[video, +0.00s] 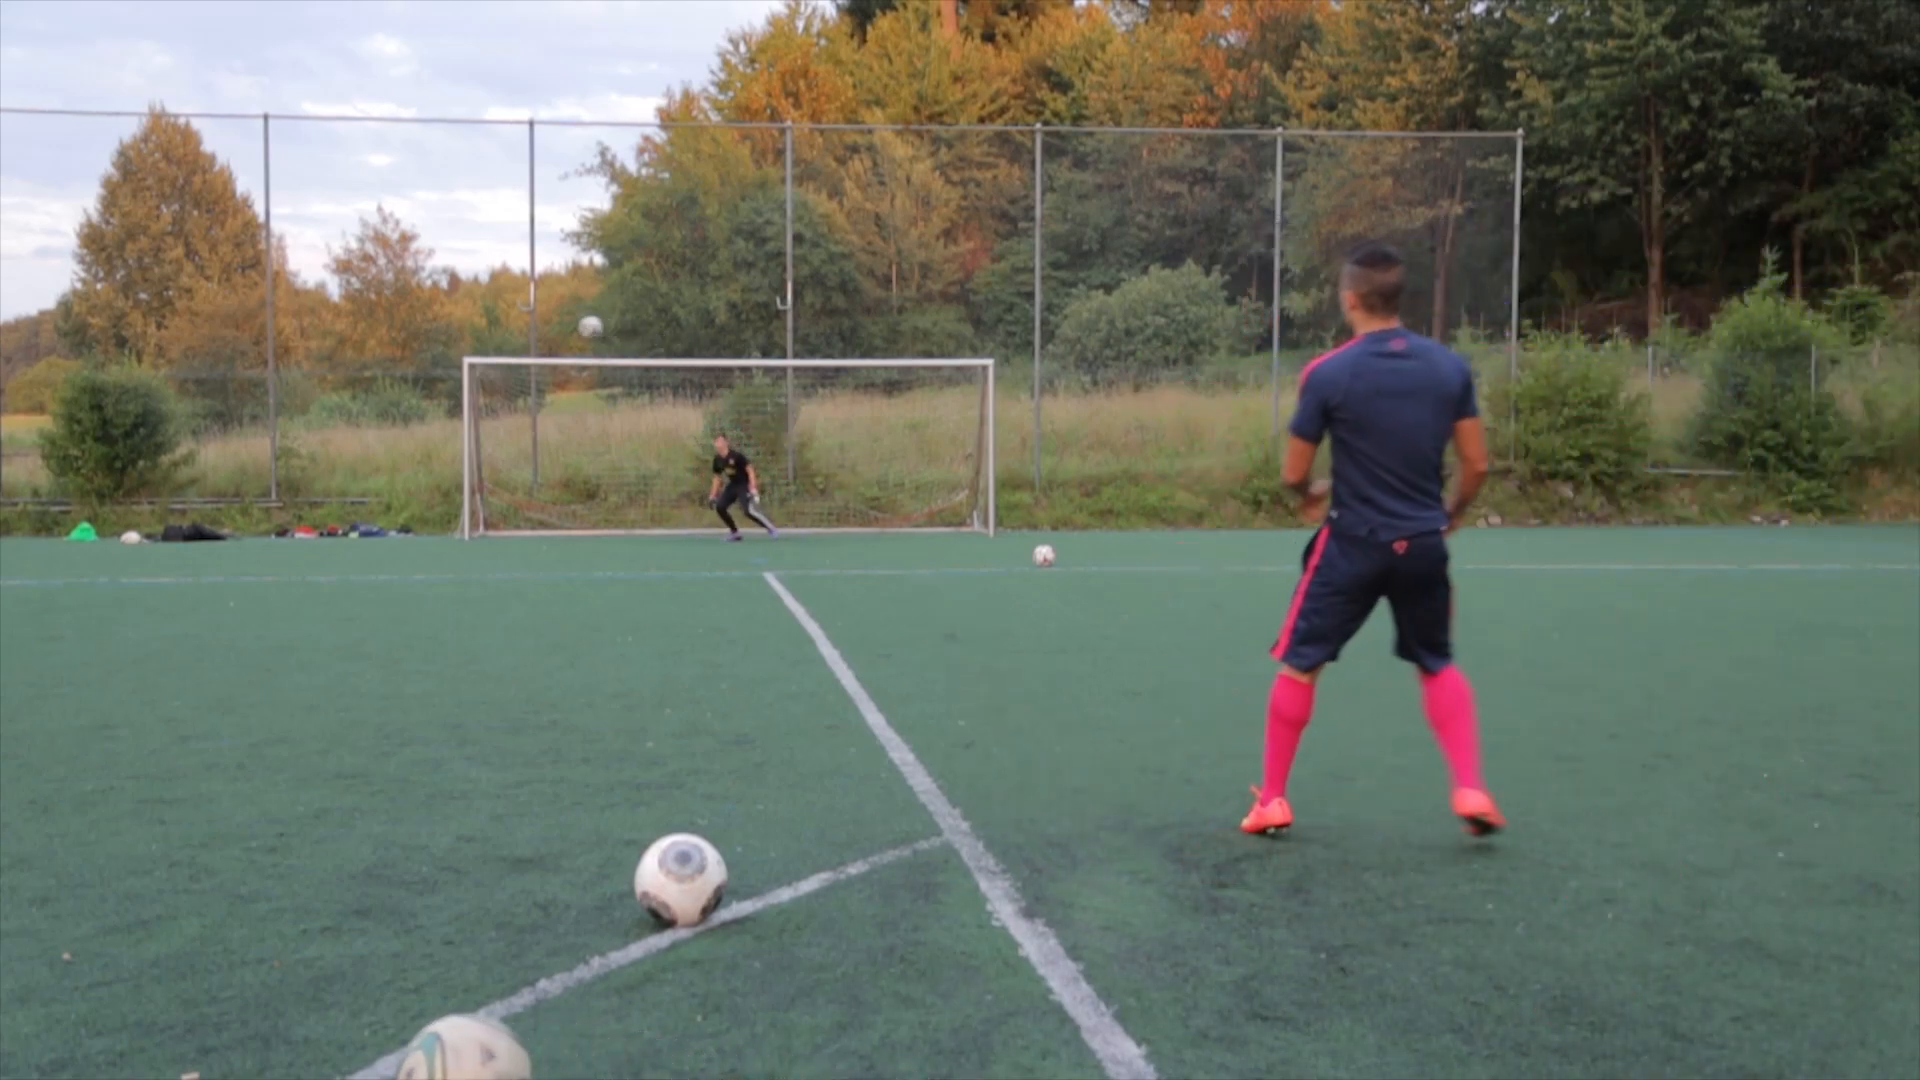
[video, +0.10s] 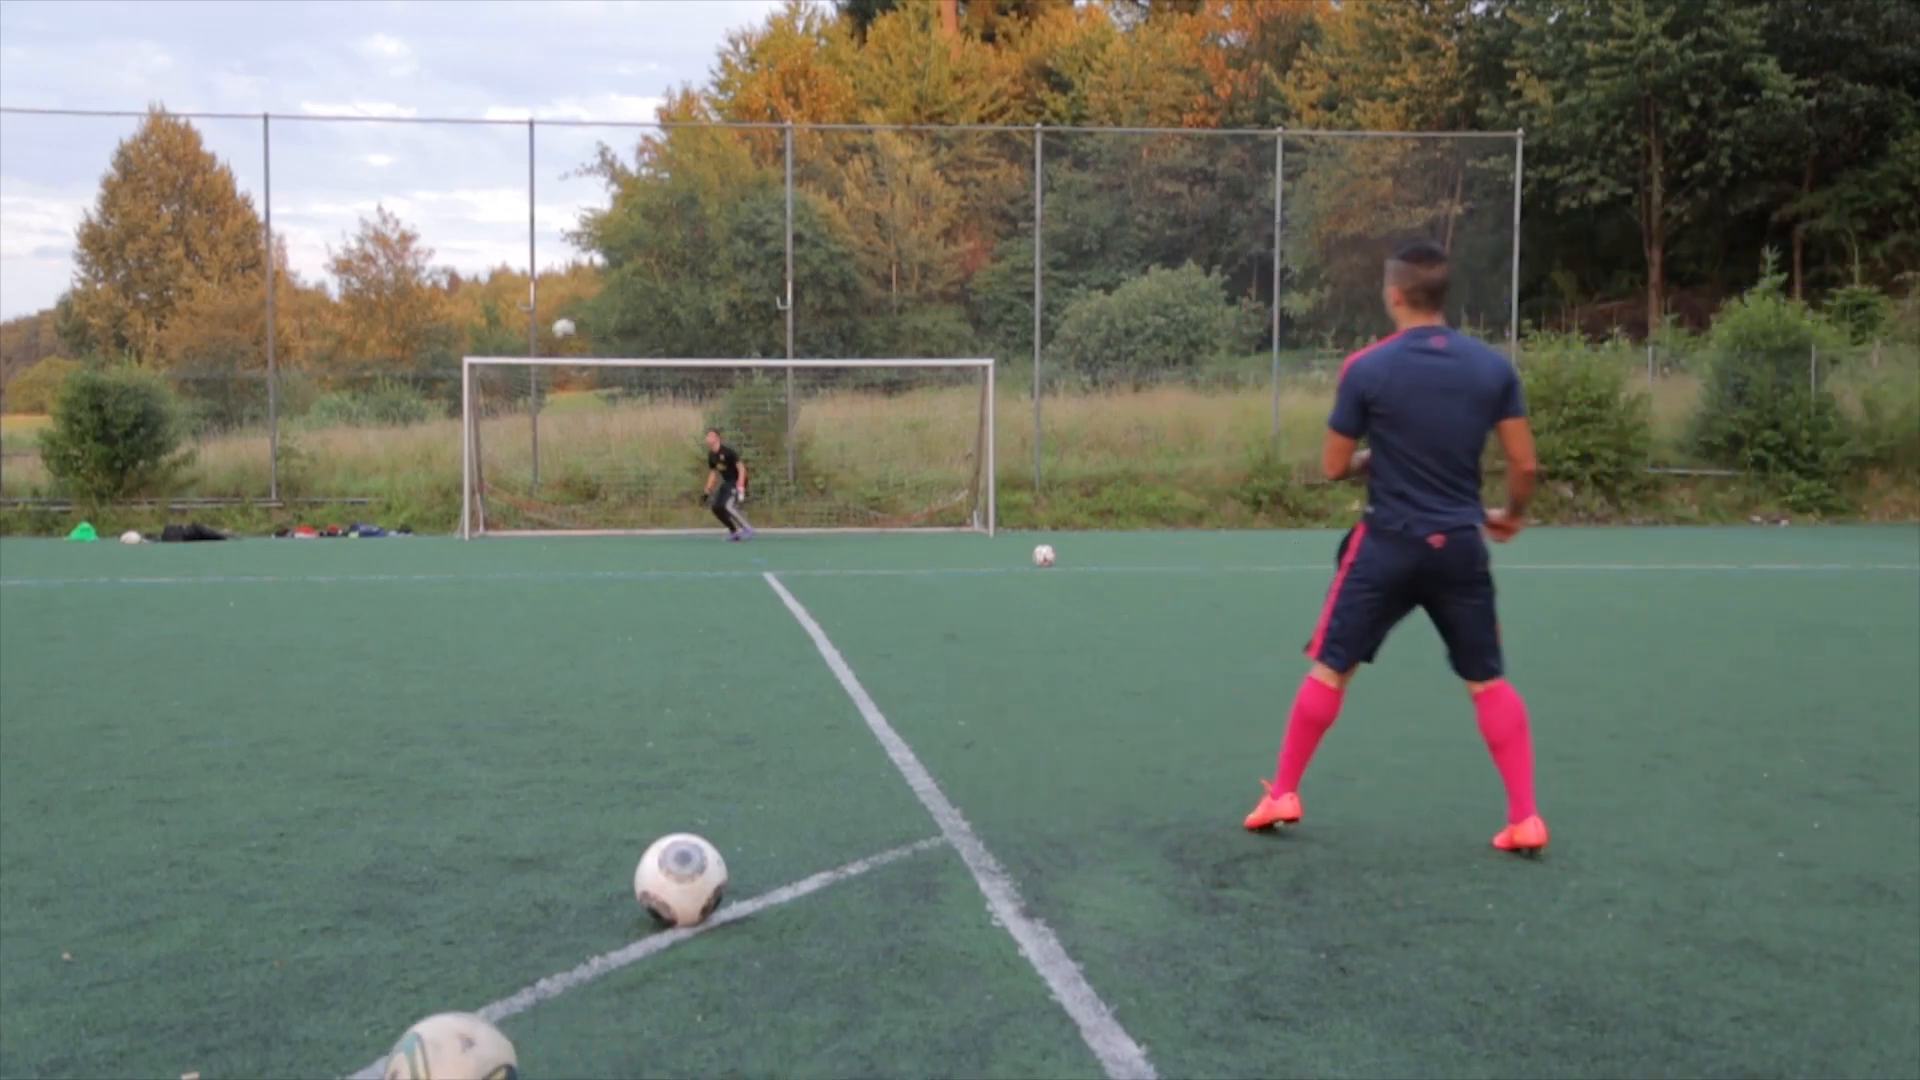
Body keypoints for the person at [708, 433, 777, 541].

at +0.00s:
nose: (719, 446)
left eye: (721, 443)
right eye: (717, 444)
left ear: (727, 443)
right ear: (715, 446)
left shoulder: (736, 456)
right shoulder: (718, 460)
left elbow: (750, 470)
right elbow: (717, 478)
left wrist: (753, 488)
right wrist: (713, 495)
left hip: (744, 485)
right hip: (732, 486)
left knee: (748, 510)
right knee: (720, 507)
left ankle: (772, 530)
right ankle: (735, 533)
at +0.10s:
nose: (708, 440)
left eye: (711, 436)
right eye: (707, 437)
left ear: (718, 438)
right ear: (707, 440)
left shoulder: (728, 452)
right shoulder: (712, 455)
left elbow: (741, 468)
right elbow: (713, 473)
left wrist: (740, 487)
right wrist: (707, 489)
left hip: (736, 483)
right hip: (726, 483)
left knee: (728, 506)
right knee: (717, 507)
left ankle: (747, 529)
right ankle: (734, 531)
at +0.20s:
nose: (701, 434)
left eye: (703, 431)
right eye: (701, 431)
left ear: (710, 433)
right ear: (702, 433)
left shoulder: (719, 447)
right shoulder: (708, 449)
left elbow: (731, 464)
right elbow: (712, 467)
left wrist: (729, 484)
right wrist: (704, 485)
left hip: (727, 480)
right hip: (720, 480)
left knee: (709, 500)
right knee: (711, 503)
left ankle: (720, 530)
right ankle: (734, 530)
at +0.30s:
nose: (693, 430)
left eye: (695, 427)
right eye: (693, 427)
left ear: (701, 428)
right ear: (700, 428)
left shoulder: (709, 442)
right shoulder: (704, 444)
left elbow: (720, 461)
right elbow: (709, 463)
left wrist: (719, 481)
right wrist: (705, 477)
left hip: (717, 477)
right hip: (714, 477)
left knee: (697, 499)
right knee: (712, 508)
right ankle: (733, 530)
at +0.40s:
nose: (687, 426)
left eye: (688, 423)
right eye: (687, 423)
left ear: (692, 425)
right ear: (696, 425)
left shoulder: (700, 440)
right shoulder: (699, 440)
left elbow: (707, 462)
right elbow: (705, 464)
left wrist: (706, 482)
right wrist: (699, 481)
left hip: (707, 477)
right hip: (708, 476)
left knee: (689, 503)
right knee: (707, 508)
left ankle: (681, 534)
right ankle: (731, 529)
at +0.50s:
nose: (682, 424)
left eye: (684, 421)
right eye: (683, 421)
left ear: (688, 423)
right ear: (693, 423)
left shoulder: (692, 439)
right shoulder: (697, 438)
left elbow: (694, 461)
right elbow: (700, 459)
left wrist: (692, 480)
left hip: (697, 475)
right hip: (703, 474)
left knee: (680, 501)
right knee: (697, 506)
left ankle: (679, 534)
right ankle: (721, 526)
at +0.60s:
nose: (680, 422)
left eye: (681, 419)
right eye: (680, 419)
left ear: (685, 420)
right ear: (690, 420)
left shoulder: (688, 437)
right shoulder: (695, 436)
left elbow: (685, 457)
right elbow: (693, 457)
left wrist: (677, 475)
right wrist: (683, 473)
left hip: (692, 471)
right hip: (698, 470)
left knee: (677, 501)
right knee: (685, 503)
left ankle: (679, 533)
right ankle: (708, 525)